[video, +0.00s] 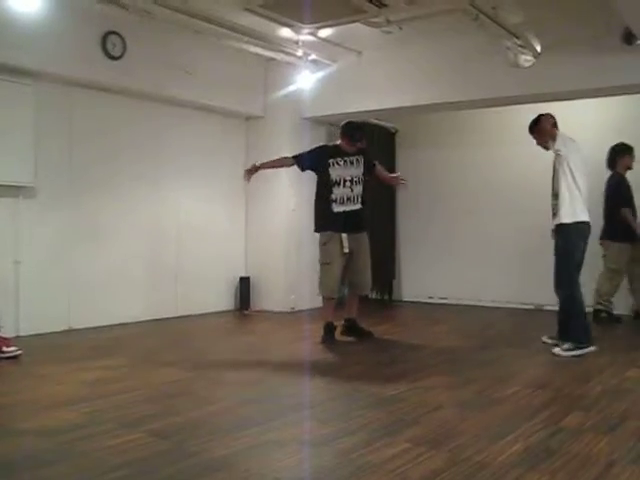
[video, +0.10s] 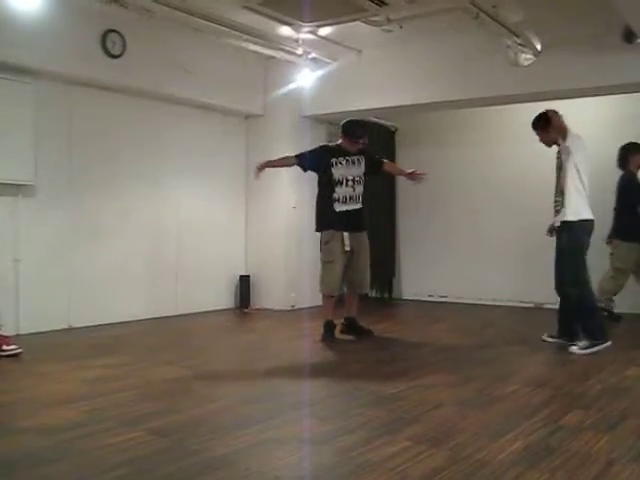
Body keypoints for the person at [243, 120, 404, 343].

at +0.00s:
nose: (356, 149)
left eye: (359, 146)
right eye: (353, 145)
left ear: (360, 143)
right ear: (343, 139)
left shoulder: (361, 156)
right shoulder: (323, 154)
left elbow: (374, 169)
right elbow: (290, 161)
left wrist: (389, 178)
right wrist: (258, 167)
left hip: (357, 227)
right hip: (331, 227)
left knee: (359, 278)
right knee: (331, 279)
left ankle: (351, 322)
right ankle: (329, 327)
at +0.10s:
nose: (360, 147)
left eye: (362, 143)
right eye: (357, 143)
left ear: (361, 141)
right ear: (345, 139)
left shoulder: (363, 157)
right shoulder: (324, 154)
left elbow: (384, 165)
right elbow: (295, 160)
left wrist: (405, 174)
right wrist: (266, 164)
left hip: (357, 226)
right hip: (332, 226)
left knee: (357, 276)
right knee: (332, 277)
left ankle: (351, 321)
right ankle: (328, 325)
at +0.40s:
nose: (363, 142)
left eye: (364, 139)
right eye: (360, 138)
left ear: (359, 140)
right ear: (347, 138)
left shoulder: (359, 154)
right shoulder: (335, 156)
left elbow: (379, 168)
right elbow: (356, 185)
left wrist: (360, 167)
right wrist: (380, 209)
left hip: (356, 225)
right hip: (335, 225)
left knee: (356, 276)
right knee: (334, 277)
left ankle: (350, 319)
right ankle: (328, 323)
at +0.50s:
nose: (360, 140)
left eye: (360, 137)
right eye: (356, 137)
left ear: (355, 137)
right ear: (345, 137)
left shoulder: (356, 155)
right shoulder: (335, 156)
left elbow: (362, 163)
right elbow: (357, 178)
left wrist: (336, 161)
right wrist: (378, 190)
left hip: (354, 223)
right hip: (334, 223)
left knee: (356, 274)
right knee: (333, 275)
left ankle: (349, 319)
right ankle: (326, 323)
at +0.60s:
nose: (354, 138)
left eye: (353, 134)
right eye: (350, 135)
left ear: (346, 136)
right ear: (340, 137)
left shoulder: (354, 154)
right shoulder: (332, 156)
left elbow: (363, 162)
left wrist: (337, 158)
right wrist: (358, 171)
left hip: (353, 220)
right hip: (333, 220)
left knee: (355, 271)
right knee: (332, 272)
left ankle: (348, 319)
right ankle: (320, 321)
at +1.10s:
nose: (325, 140)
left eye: (327, 135)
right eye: (321, 136)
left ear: (331, 135)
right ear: (313, 136)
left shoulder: (341, 160)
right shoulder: (298, 161)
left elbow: (364, 184)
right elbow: (285, 186)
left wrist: (384, 202)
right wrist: (280, 210)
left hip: (335, 227)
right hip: (306, 227)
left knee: (342, 277)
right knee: (302, 276)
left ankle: (346, 323)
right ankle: (304, 325)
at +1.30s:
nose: (325, 140)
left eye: (327, 135)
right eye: (322, 135)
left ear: (329, 135)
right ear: (311, 134)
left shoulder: (333, 156)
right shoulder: (295, 156)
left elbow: (339, 184)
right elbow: (274, 182)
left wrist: (351, 205)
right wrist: (250, 202)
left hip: (330, 227)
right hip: (303, 227)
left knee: (337, 278)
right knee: (298, 279)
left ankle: (336, 323)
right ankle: (302, 325)